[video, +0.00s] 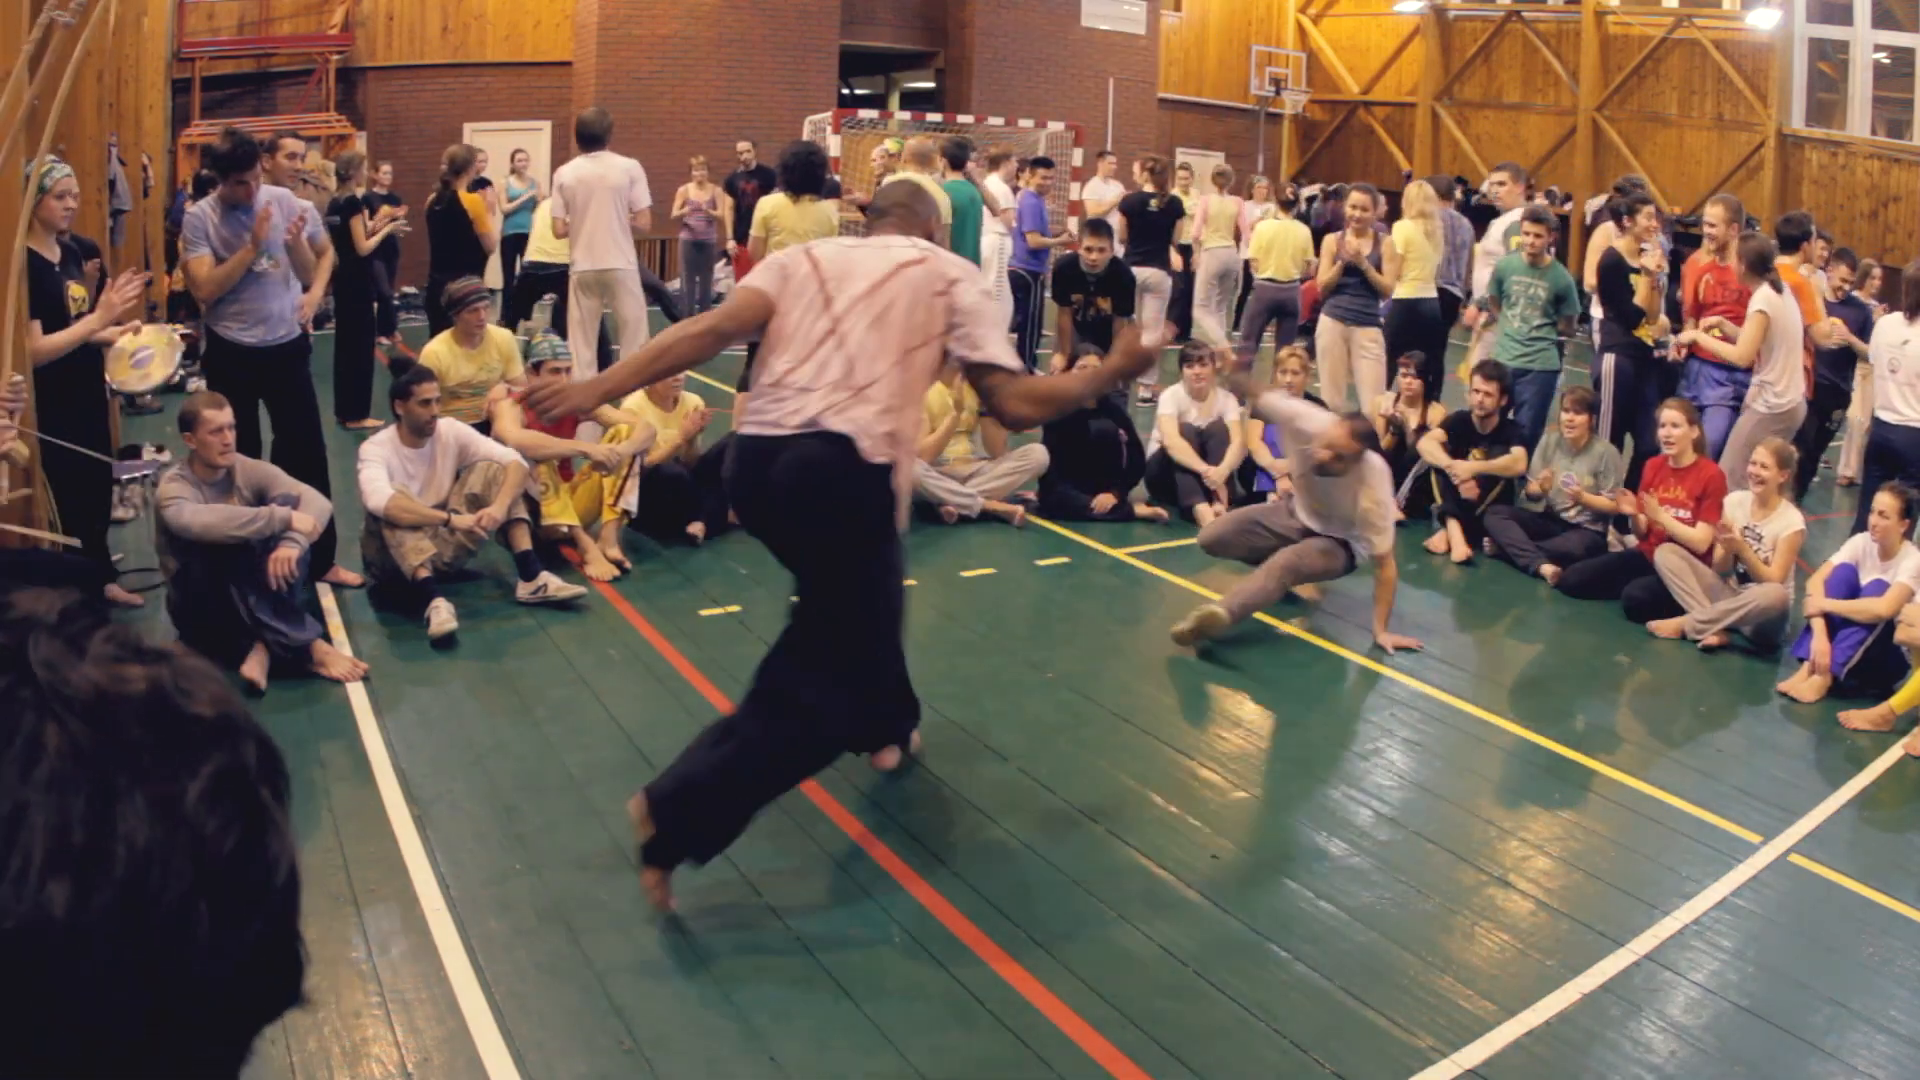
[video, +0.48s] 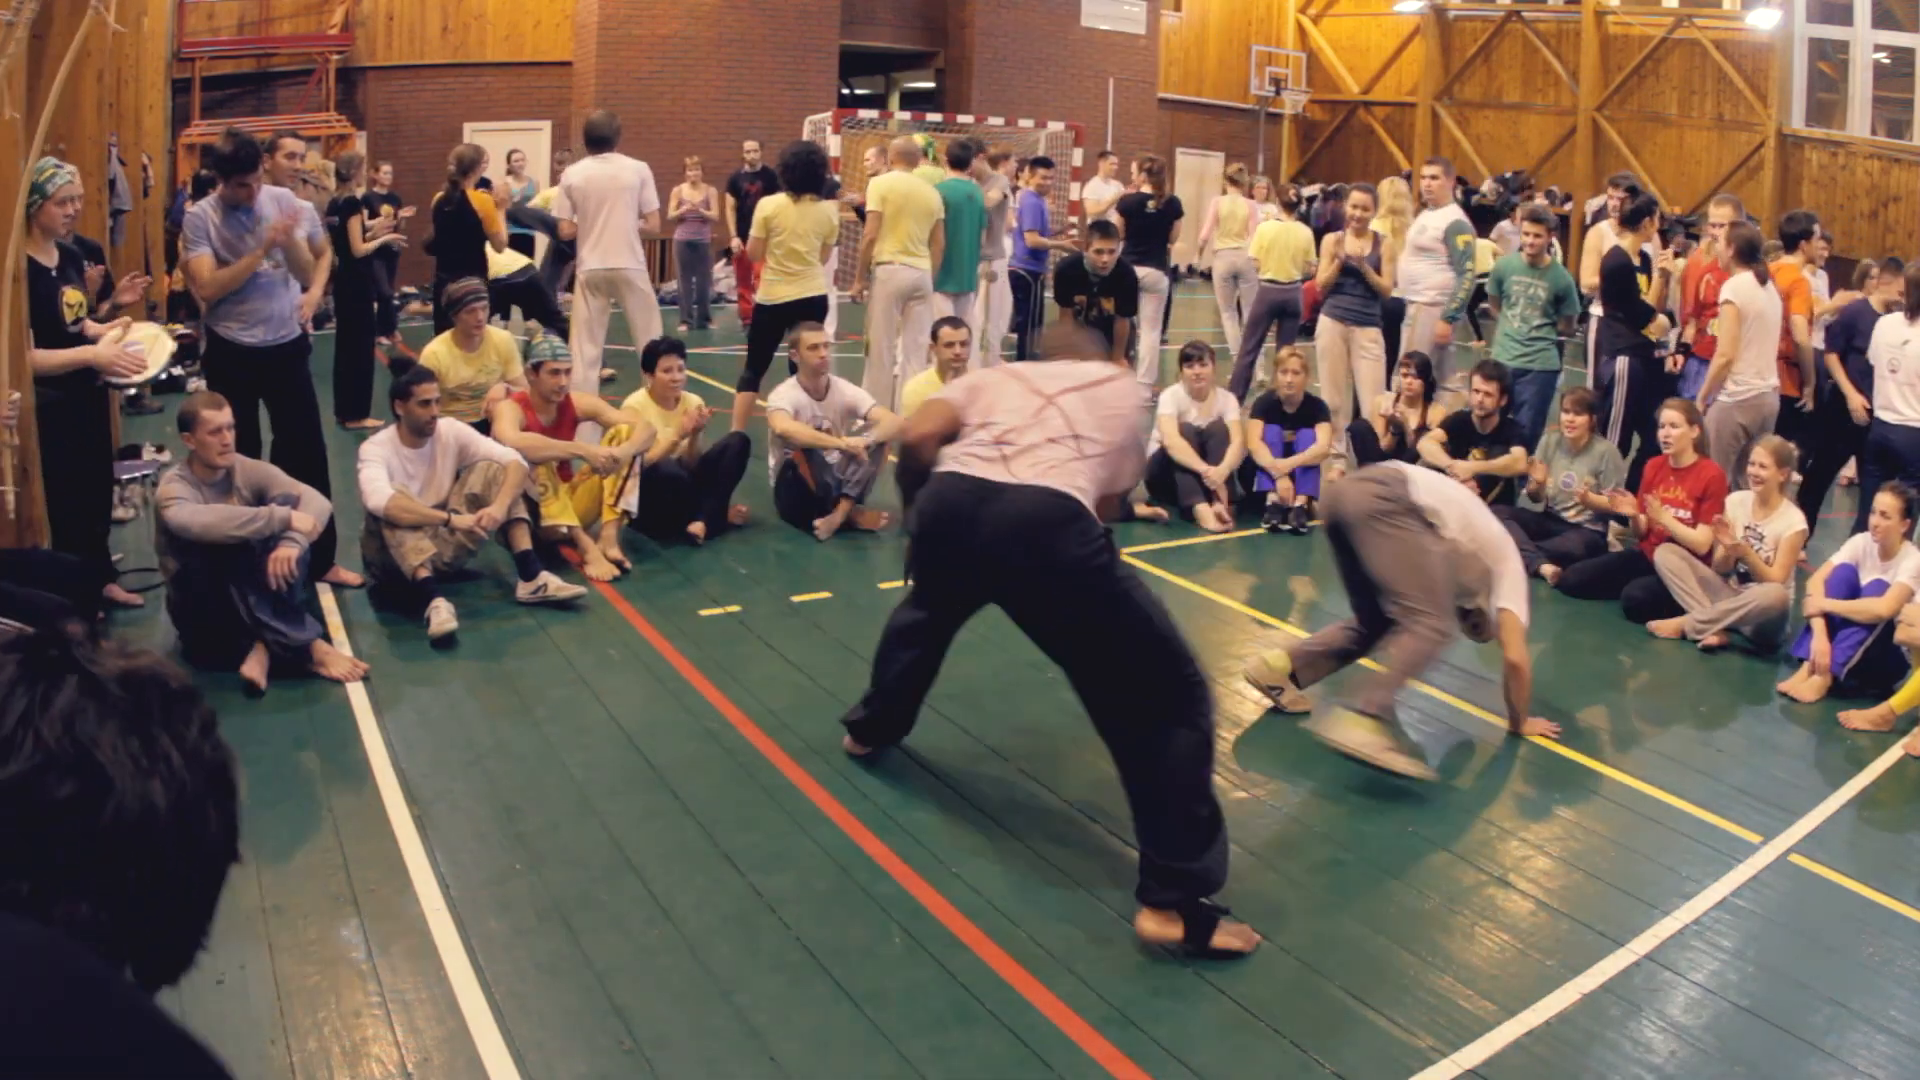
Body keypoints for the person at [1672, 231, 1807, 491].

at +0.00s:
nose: (1733, 266)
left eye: (1735, 260)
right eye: (1734, 259)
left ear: (1743, 265)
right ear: (1769, 261)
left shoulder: (1763, 299)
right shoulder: (1782, 292)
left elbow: (1742, 357)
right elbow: (1759, 343)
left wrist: (1698, 338)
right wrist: (1724, 325)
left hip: (1769, 406)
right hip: (1790, 402)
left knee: (1730, 474)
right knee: (1768, 474)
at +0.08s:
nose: (1726, 261)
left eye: (1729, 256)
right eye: (1727, 255)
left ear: (1739, 262)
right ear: (1764, 258)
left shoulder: (1758, 296)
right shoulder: (1778, 289)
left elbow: (1740, 355)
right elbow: (1761, 342)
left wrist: (1695, 338)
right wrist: (1724, 327)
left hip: (1764, 405)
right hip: (1787, 400)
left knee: (1726, 476)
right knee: (1764, 475)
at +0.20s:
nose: (1721, 254)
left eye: (1725, 249)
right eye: (1722, 248)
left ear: (1734, 256)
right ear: (1760, 254)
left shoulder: (1752, 292)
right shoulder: (1774, 287)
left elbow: (1739, 355)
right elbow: (1758, 341)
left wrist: (1692, 355)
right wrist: (1720, 335)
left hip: (1756, 404)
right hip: (1780, 400)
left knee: (1722, 477)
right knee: (1758, 477)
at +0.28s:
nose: (1719, 251)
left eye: (1723, 245)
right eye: (1720, 244)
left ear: (1733, 253)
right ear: (1755, 253)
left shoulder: (1747, 292)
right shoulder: (1774, 288)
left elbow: (1742, 355)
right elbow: (1763, 345)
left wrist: (1701, 375)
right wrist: (1723, 351)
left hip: (1750, 400)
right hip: (1777, 395)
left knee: (1718, 480)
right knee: (1759, 482)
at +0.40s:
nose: (1719, 252)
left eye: (1722, 246)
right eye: (1720, 245)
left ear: (1731, 252)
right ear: (1756, 251)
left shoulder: (1739, 290)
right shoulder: (1771, 287)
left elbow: (1736, 360)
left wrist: (1713, 403)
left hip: (1741, 397)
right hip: (1772, 392)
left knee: (1718, 483)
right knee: (1755, 485)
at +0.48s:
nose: (1719, 249)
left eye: (1722, 243)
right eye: (1720, 242)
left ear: (1732, 250)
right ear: (1754, 250)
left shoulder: (1733, 288)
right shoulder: (1770, 286)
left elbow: (1726, 354)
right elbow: (1773, 343)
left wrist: (1702, 397)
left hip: (1736, 396)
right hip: (1769, 392)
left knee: (1715, 481)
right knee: (1751, 483)